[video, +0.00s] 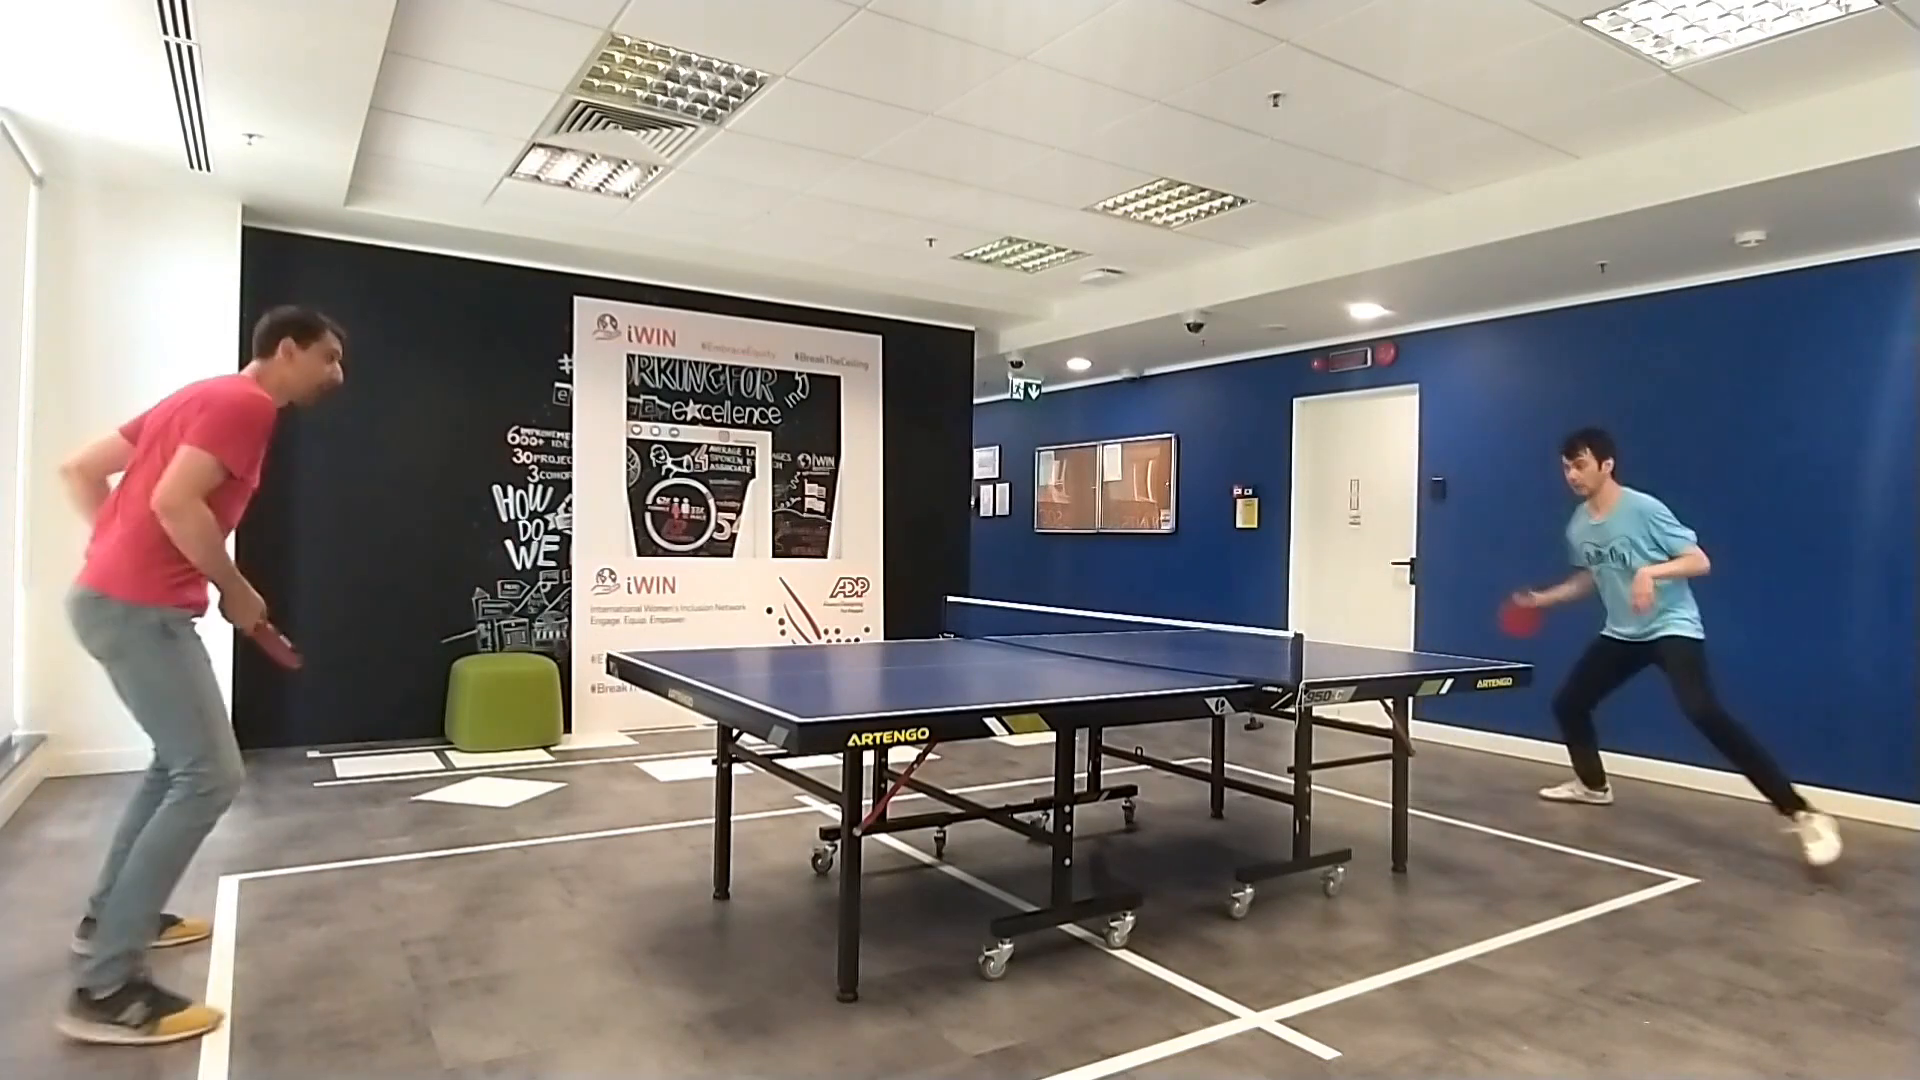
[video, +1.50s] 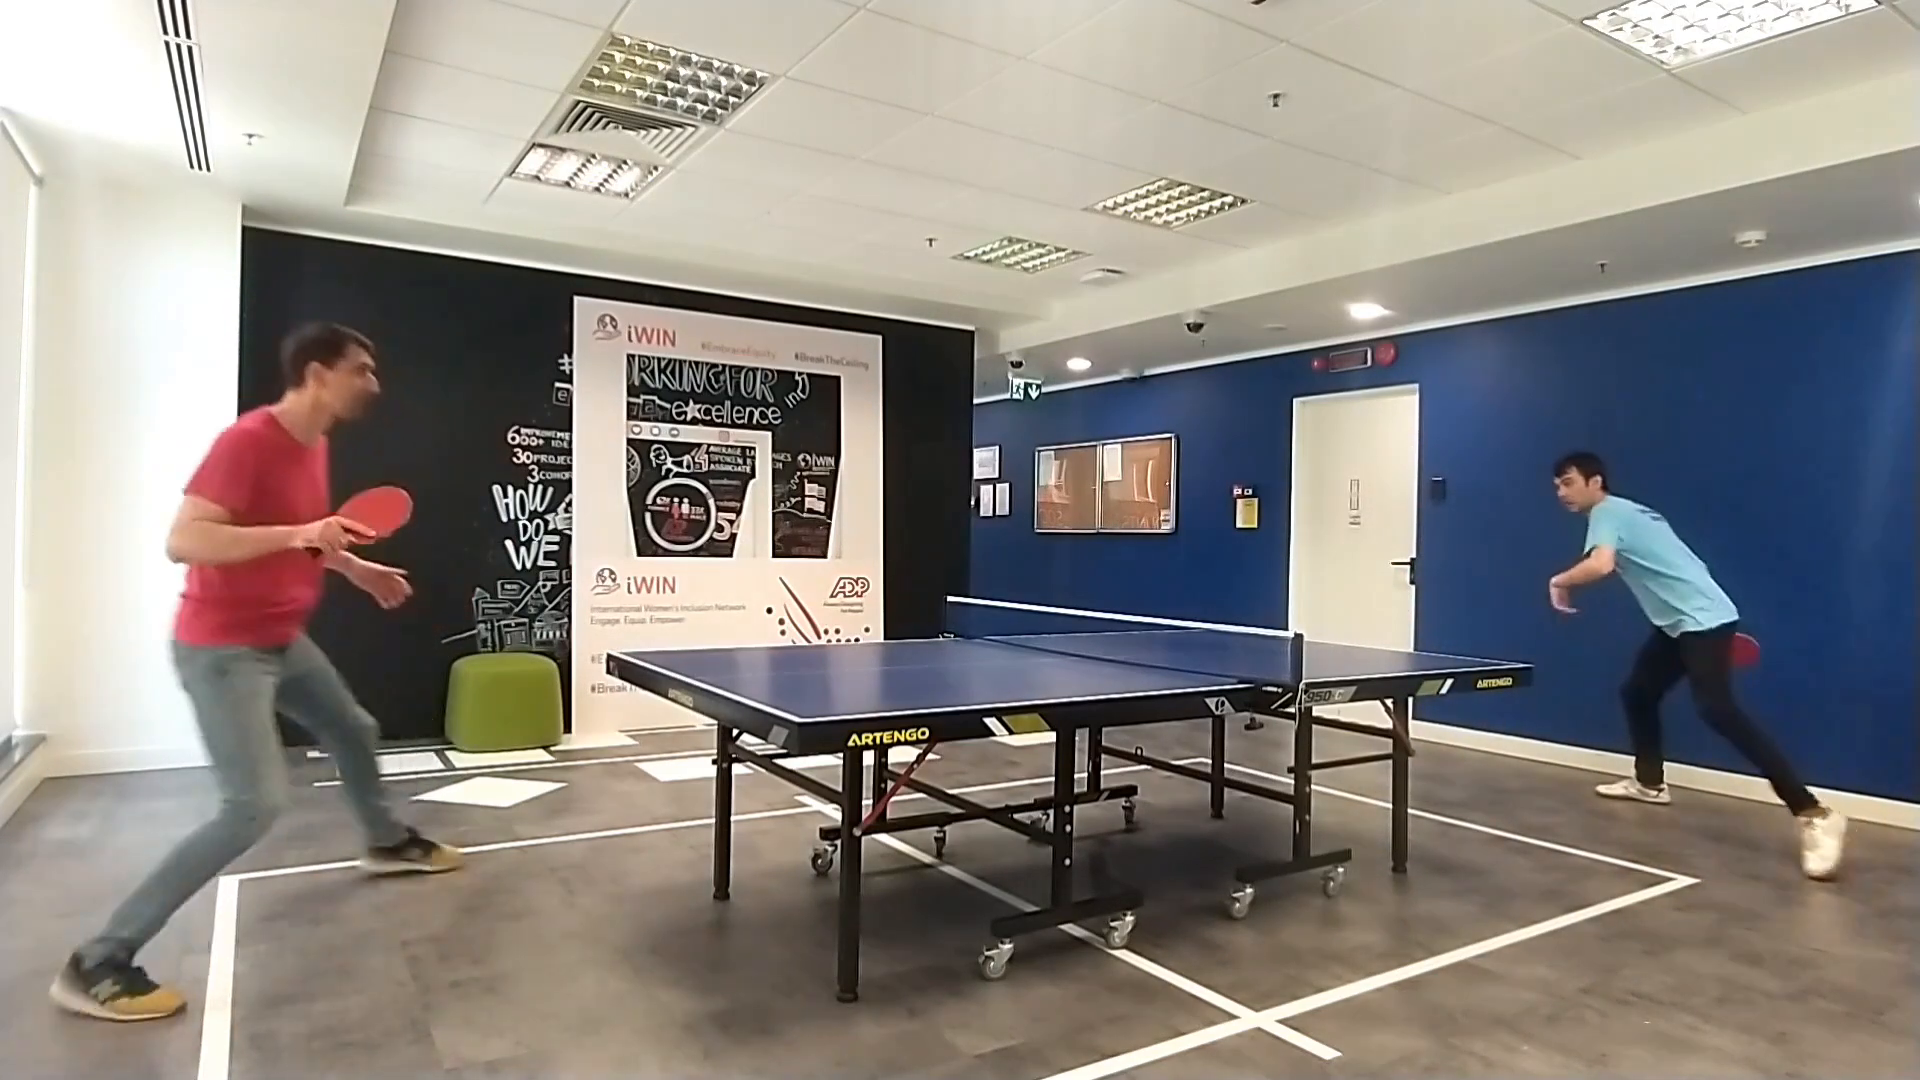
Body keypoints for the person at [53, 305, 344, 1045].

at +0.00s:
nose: (339, 374)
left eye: (340, 362)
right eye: (331, 357)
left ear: (282, 351)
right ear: (287, 349)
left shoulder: (197, 399)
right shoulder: (245, 404)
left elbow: (81, 468)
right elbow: (173, 499)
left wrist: (136, 550)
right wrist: (233, 586)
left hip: (113, 604)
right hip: (140, 610)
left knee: (179, 763)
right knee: (211, 777)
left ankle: (111, 917)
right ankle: (105, 984)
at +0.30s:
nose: (325, 349)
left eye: (325, 338)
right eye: (313, 335)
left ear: (276, 342)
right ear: (265, 336)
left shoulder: (258, 421)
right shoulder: (204, 413)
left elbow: (255, 530)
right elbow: (198, 531)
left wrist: (333, 558)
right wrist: (316, 556)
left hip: (256, 626)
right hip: (194, 632)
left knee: (321, 735)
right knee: (240, 796)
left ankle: (286, 851)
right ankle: (124, 983)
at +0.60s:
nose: (371, 404)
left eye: (373, 392)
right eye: (361, 390)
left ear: (326, 396)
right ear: (313, 392)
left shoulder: (344, 454)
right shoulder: (242, 466)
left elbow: (352, 510)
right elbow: (158, 567)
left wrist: (396, 548)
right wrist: (215, 633)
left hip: (311, 653)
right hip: (243, 663)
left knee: (411, 731)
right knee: (269, 801)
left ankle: (347, 825)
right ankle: (134, 980)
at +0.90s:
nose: (422, 416)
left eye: (427, 406)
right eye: (414, 402)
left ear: (417, 410)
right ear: (372, 397)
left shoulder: (415, 455)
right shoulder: (306, 470)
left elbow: (415, 521)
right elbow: (270, 563)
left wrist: (427, 560)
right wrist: (311, 585)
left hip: (389, 644)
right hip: (318, 644)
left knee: (455, 743)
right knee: (288, 775)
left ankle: (403, 839)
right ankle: (186, 952)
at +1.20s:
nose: (443, 391)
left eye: (445, 381)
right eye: (436, 378)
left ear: (411, 383)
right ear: (393, 378)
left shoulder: (417, 446)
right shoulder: (323, 444)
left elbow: (405, 516)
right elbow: (265, 532)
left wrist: (434, 557)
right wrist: (323, 517)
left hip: (381, 625)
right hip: (316, 618)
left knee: (445, 733)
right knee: (320, 747)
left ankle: (402, 838)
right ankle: (209, 918)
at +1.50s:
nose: (372, 385)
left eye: (372, 374)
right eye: (361, 371)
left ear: (325, 380)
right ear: (315, 374)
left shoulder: (313, 446)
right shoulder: (247, 440)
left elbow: (294, 533)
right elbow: (183, 540)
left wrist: (356, 568)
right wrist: (297, 535)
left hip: (281, 639)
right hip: (220, 650)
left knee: (355, 732)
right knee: (252, 807)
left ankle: (387, 841)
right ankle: (99, 963)